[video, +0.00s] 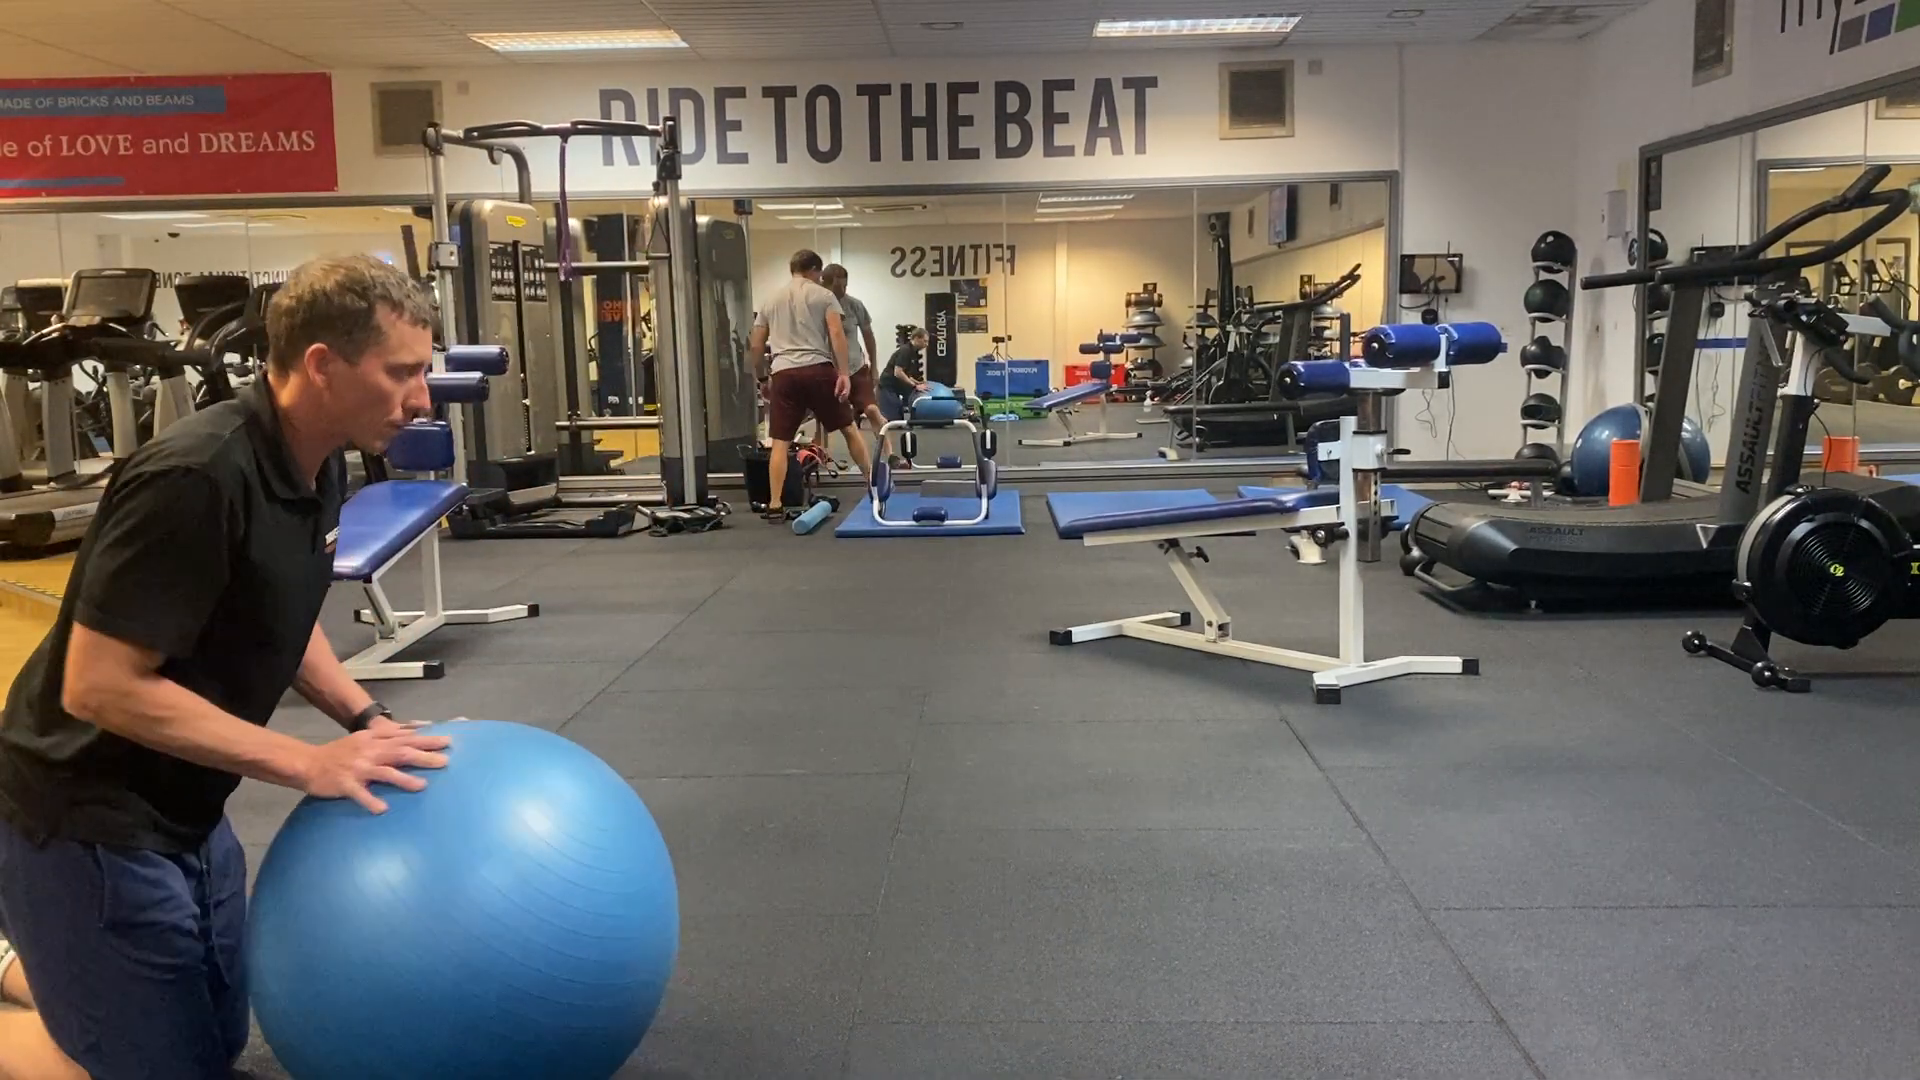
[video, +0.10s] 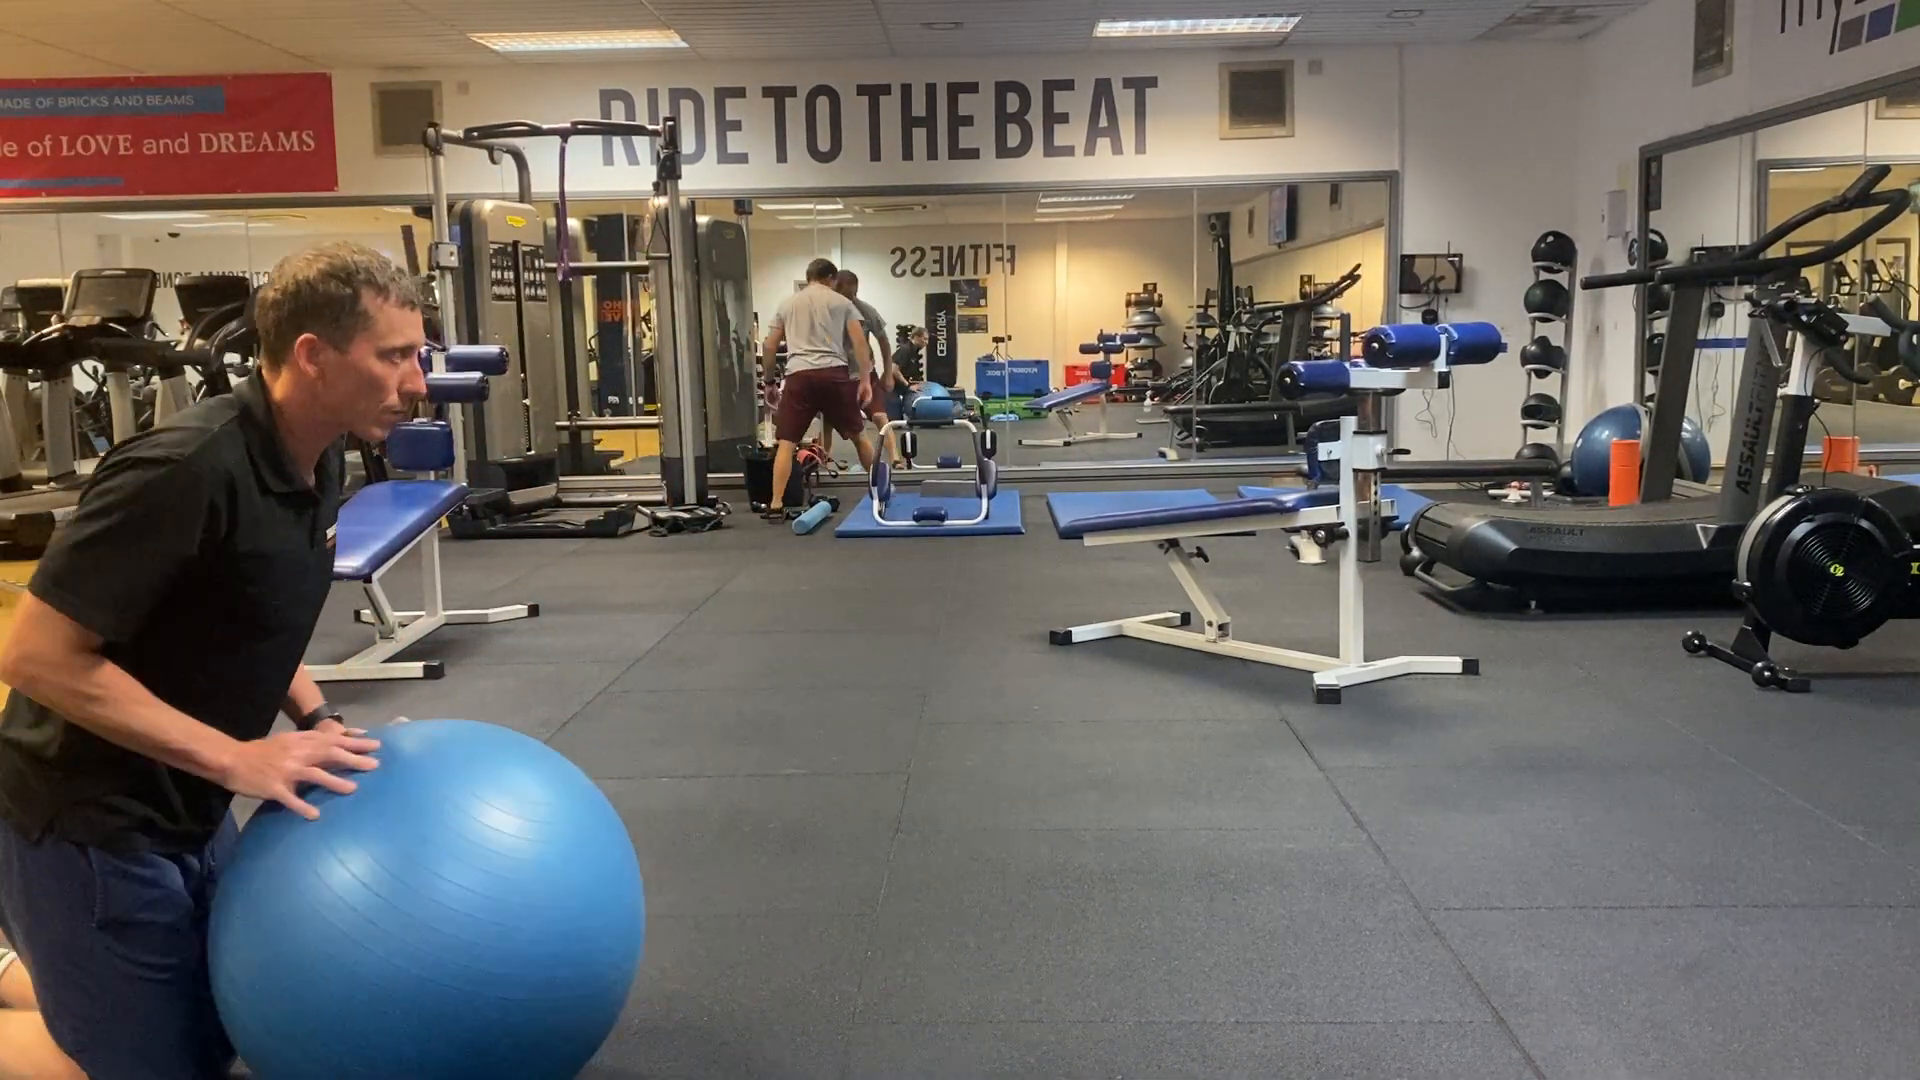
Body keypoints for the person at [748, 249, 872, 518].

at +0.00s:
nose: (821, 278)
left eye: (820, 274)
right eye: (820, 274)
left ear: (793, 270)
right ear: (815, 271)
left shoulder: (770, 300)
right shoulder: (825, 295)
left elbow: (756, 345)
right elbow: (836, 333)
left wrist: (760, 377)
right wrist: (844, 372)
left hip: (783, 375)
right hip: (821, 372)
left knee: (780, 443)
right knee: (850, 430)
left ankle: (775, 505)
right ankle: (874, 484)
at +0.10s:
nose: (836, 285)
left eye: (835, 282)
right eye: (836, 281)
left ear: (808, 278)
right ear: (832, 279)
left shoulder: (788, 304)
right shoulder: (843, 303)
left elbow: (769, 345)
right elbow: (859, 341)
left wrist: (768, 382)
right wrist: (865, 379)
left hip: (798, 378)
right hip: (836, 376)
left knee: (786, 443)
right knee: (859, 437)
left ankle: (776, 504)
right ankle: (881, 488)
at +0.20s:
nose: (855, 297)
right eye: (855, 294)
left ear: (826, 290)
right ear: (850, 291)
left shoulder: (807, 310)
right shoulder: (863, 312)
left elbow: (786, 348)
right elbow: (881, 354)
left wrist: (777, 384)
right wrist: (884, 394)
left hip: (815, 380)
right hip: (852, 379)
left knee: (796, 441)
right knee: (868, 435)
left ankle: (778, 503)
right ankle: (881, 491)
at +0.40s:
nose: (887, 333)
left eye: (888, 330)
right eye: (887, 330)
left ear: (859, 318)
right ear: (879, 324)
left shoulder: (840, 326)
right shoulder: (887, 341)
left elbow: (817, 349)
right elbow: (904, 389)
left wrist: (803, 382)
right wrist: (909, 427)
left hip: (838, 379)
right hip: (874, 381)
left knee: (813, 441)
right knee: (880, 436)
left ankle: (788, 501)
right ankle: (885, 492)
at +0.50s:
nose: (896, 351)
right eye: (895, 348)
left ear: (868, 332)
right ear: (890, 342)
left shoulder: (846, 336)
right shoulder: (892, 351)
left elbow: (823, 354)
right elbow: (910, 407)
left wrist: (813, 382)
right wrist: (916, 444)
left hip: (846, 378)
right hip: (882, 378)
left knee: (818, 441)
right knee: (884, 433)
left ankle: (792, 499)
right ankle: (885, 490)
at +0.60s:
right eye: (898, 361)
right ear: (892, 354)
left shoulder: (850, 346)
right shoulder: (894, 360)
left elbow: (831, 358)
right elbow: (912, 416)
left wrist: (818, 383)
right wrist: (919, 453)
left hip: (853, 379)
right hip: (889, 380)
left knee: (821, 443)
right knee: (888, 433)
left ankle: (793, 498)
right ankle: (885, 489)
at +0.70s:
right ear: (898, 363)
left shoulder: (854, 355)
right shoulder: (902, 366)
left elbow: (832, 367)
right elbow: (918, 418)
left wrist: (820, 387)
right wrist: (929, 457)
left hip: (856, 381)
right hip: (892, 381)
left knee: (824, 443)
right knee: (891, 434)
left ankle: (793, 498)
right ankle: (884, 490)